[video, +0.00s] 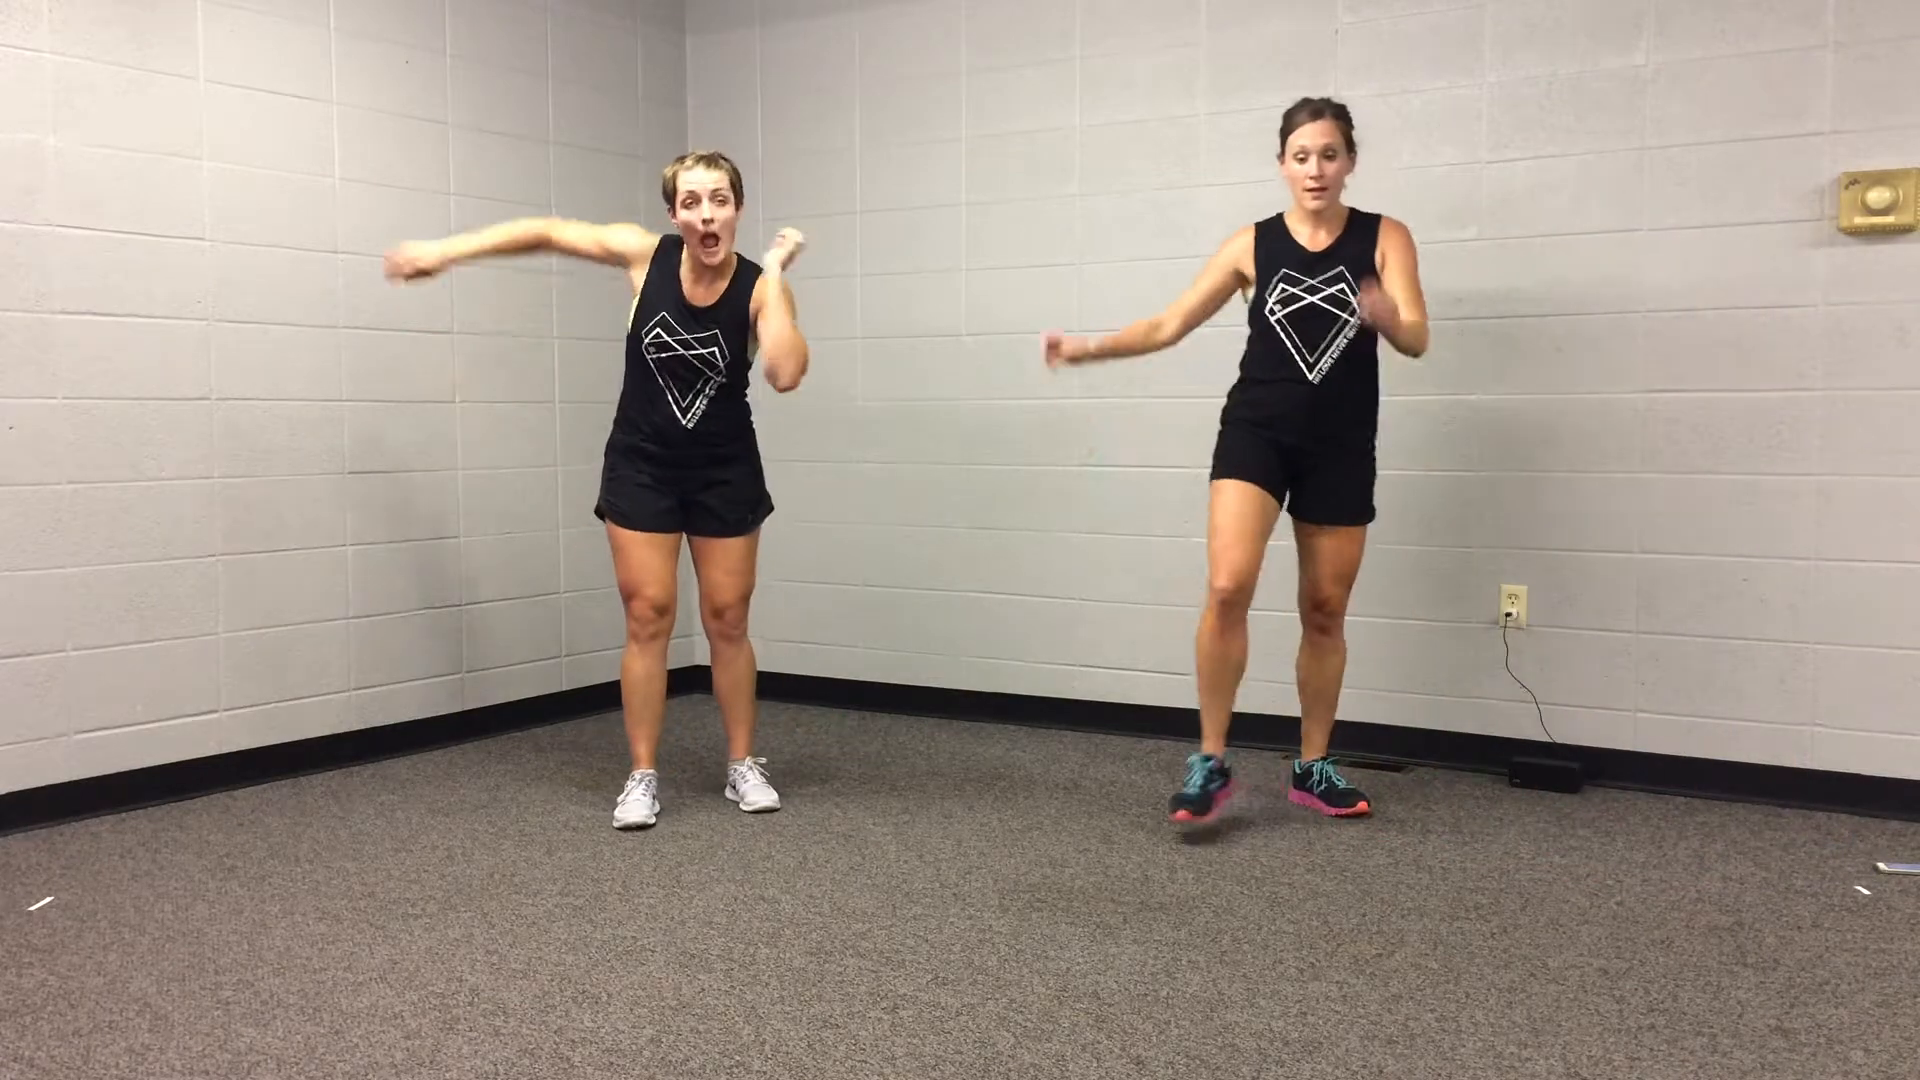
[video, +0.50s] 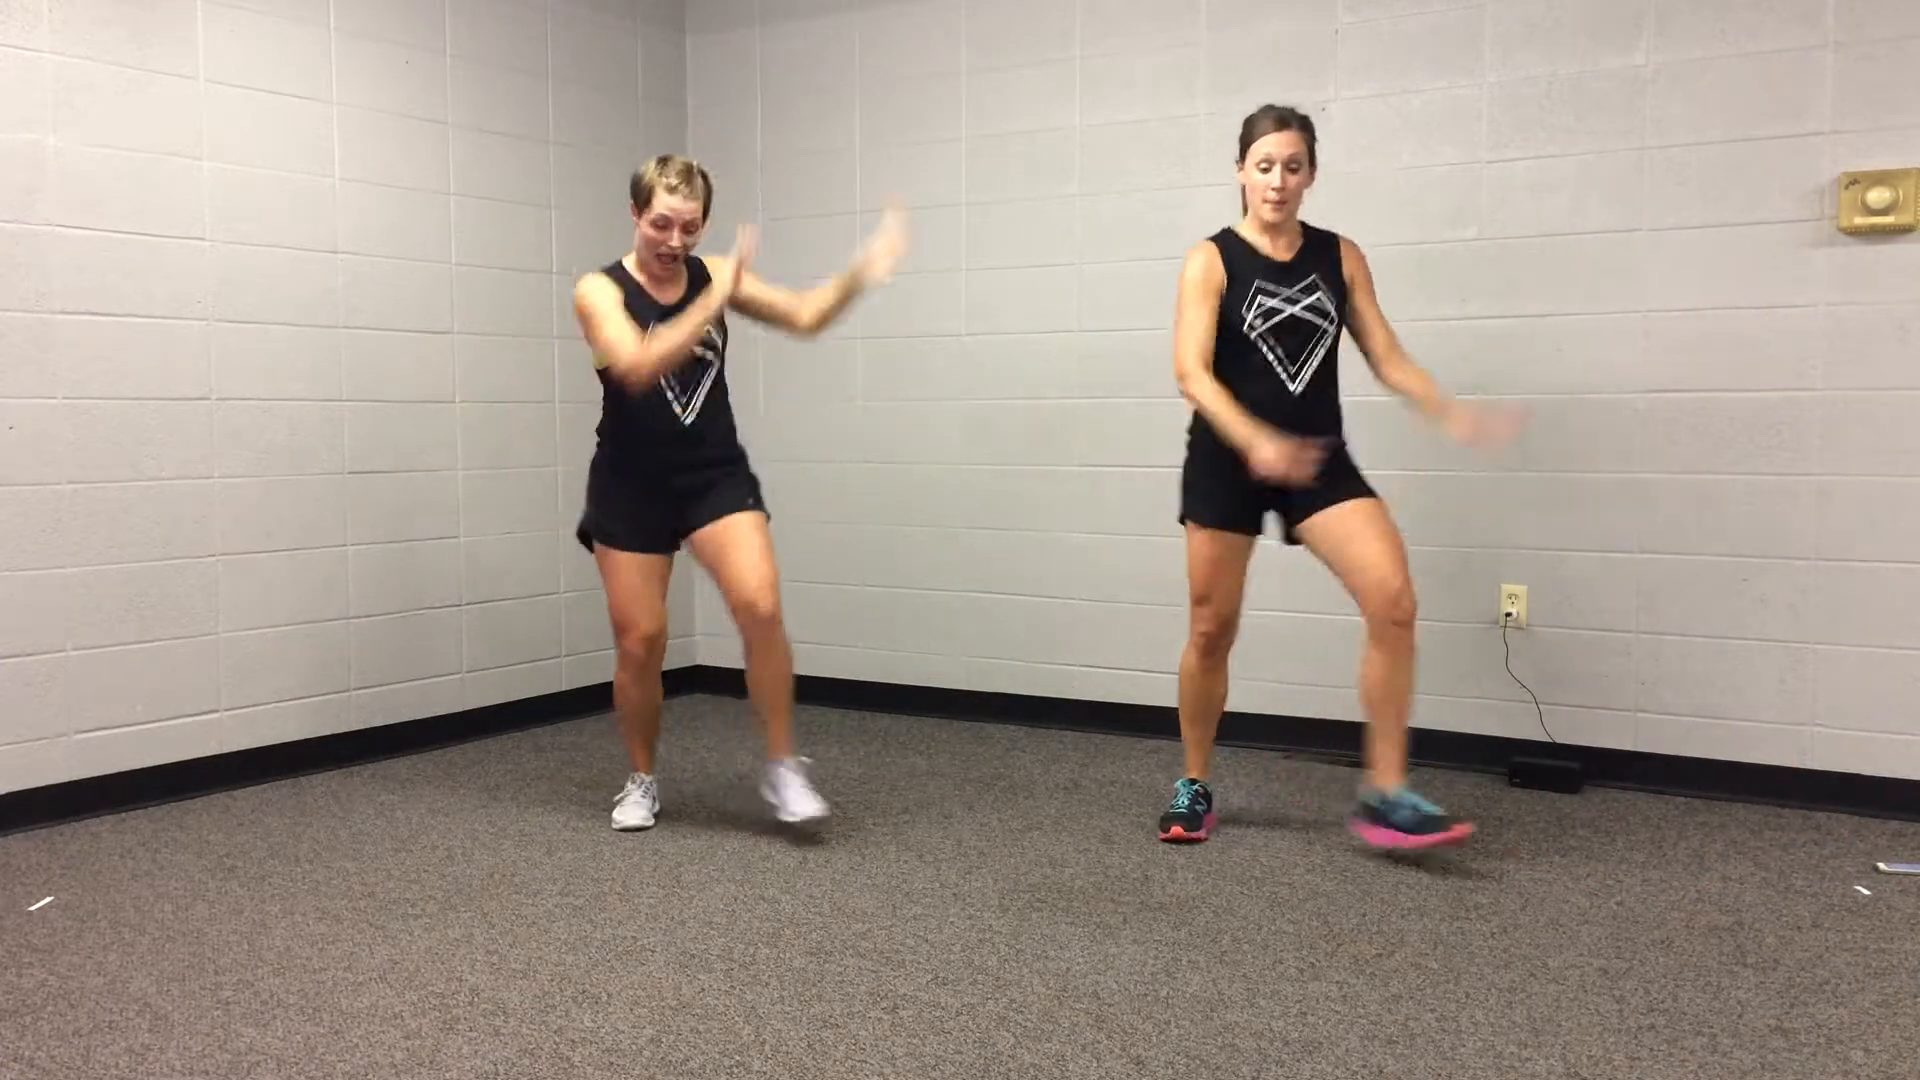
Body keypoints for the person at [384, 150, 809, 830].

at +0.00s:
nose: (706, 214)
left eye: (719, 200)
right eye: (691, 202)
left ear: (738, 209)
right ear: (674, 210)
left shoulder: (761, 285)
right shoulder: (643, 252)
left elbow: (786, 373)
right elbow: (545, 232)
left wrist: (774, 274)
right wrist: (439, 252)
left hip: (724, 468)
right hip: (641, 465)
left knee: (729, 617)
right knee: (646, 615)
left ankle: (744, 764)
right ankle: (642, 776)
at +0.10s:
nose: (707, 220)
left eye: (719, 206)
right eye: (692, 209)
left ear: (739, 213)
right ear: (674, 216)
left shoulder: (762, 290)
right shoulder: (649, 254)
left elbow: (776, 398)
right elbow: (546, 218)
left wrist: (724, 319)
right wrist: (447, 254)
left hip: (717, 470)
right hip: (635, 467)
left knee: (725, 619)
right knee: (641, 616)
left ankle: (744, 764)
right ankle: (641, 774)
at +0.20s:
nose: (700, 233)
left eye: (713, 218)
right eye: (686, 220)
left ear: (734, 223)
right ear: (669, 226)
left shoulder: (761, 300)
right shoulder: (640, 268)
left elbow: (760, 406)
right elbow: (529, 261)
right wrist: (470, 347)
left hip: (712, 465)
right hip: (626, 458)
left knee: (721, 630)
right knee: (635, 618)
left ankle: (741, 764)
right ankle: (641, 773)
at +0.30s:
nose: (689, 246)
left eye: (702, 232)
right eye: (676, 232)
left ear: (722, 235)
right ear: (657, 235)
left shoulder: (752, 313)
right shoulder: (618, 304)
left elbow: (755, 414)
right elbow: (534, 363)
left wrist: (744, 504)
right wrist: (530, 466)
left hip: (704, 493)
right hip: (621, 487)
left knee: (717, 644)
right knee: (632, 633)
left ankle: (741, 762)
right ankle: (641, 778)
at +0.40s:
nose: (679, 251)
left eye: (693, 239)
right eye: (667, 236)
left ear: (707, 239)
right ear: (642, 234)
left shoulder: (732, 303)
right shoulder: (601, 317)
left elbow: (783, 377)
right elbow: (580, 422)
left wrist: (836, 420)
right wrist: (653, 449)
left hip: (705, 493)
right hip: (618, 499)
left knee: (736, 630)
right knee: (627, 640)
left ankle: (752, 747)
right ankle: (640, 779)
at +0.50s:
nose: (674, 239)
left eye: (688, 227)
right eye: (662, 223)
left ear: (703, 225)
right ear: (635, 215)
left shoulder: (715, 275)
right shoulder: (598, 291)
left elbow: (803, 316)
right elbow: (637, 365)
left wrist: (856, 276)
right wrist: (721, 293)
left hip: (713, 476)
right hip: (631, 486)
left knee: (761, 606)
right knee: (639, 641)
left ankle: (782, 766)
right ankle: (641, 779)